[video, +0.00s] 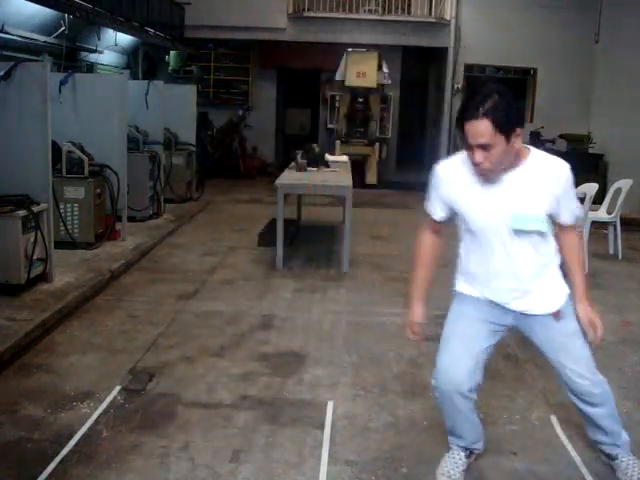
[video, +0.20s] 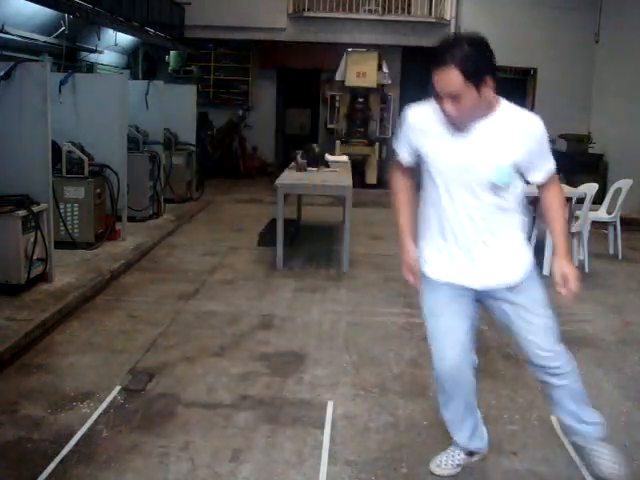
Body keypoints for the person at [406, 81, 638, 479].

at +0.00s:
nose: (476, 157)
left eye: (485, 148)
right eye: (469, 147)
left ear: (516, 138)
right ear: (463, 136)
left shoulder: (553, 174)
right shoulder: (449, 175)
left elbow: (569, 231)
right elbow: (432, 230)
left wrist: (582, 299)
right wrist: (417, 301)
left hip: (543, 300)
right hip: (476, 299)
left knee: (586, 382)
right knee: (450, 381)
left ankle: (619, 452)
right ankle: (464, 444)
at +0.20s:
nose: (446, 107)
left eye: (455, 97)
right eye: (440, 97)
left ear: (486, 87)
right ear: (434, 88)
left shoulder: (525, 129)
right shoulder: (418, 121)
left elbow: (549, 186)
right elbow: (402, 171)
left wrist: (561, 255)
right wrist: (407, 242)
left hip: (509, 271)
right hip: (442, 272)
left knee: (549, 357)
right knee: (449, 366)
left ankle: (590, 438)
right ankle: (468, 442)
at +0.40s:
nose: (391, 96)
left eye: (399, 84)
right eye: (385, 85)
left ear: (435, 75)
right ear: (380, 77)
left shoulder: (478, 122)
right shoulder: (372, 113)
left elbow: (502, 196)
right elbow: (358, 179)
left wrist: (499, 272)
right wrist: (342, 246)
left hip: (444, 264)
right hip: (377, 255)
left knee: (453, 366)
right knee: (338, 339)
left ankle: (472, 460)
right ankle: (337, 401)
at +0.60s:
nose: (312, 95)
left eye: (323, 85)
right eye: (308, 84)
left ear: (352, 80)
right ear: (301, 76)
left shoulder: (382, 135)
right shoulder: (281, 112)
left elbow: (404, 209)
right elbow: (262, 172)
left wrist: (412, 287)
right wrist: (243, 241)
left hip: (350, 278)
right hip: (279, 269)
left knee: (388, 361)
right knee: (246, 353)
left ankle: (450, 449)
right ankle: (239, 425)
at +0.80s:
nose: (233, 91)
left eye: (243, 81)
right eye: (225, 81)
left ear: (268, 71)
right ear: (215, 70)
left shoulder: (300, 115)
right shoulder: (196, 101)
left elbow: (324, 173)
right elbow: (175, 154)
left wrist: (317, 245)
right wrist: (154, 217)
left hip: (259, 255)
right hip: (199, 240)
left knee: (227, 353)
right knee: (154, 321)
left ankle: (203, 426)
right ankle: (158, 387)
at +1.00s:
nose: (177, 146)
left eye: (187, 135)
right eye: (168, 135)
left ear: (202, 123)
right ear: (153, 122)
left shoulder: (226, 166)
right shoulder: (124, 147)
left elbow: (237, 227)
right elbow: (105, 202)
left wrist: (232, 289)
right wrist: (82, 268)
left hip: (185, 289)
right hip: (123, 279)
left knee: (178, 373)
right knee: (82, 357)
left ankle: (179, 428)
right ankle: (58, 417)